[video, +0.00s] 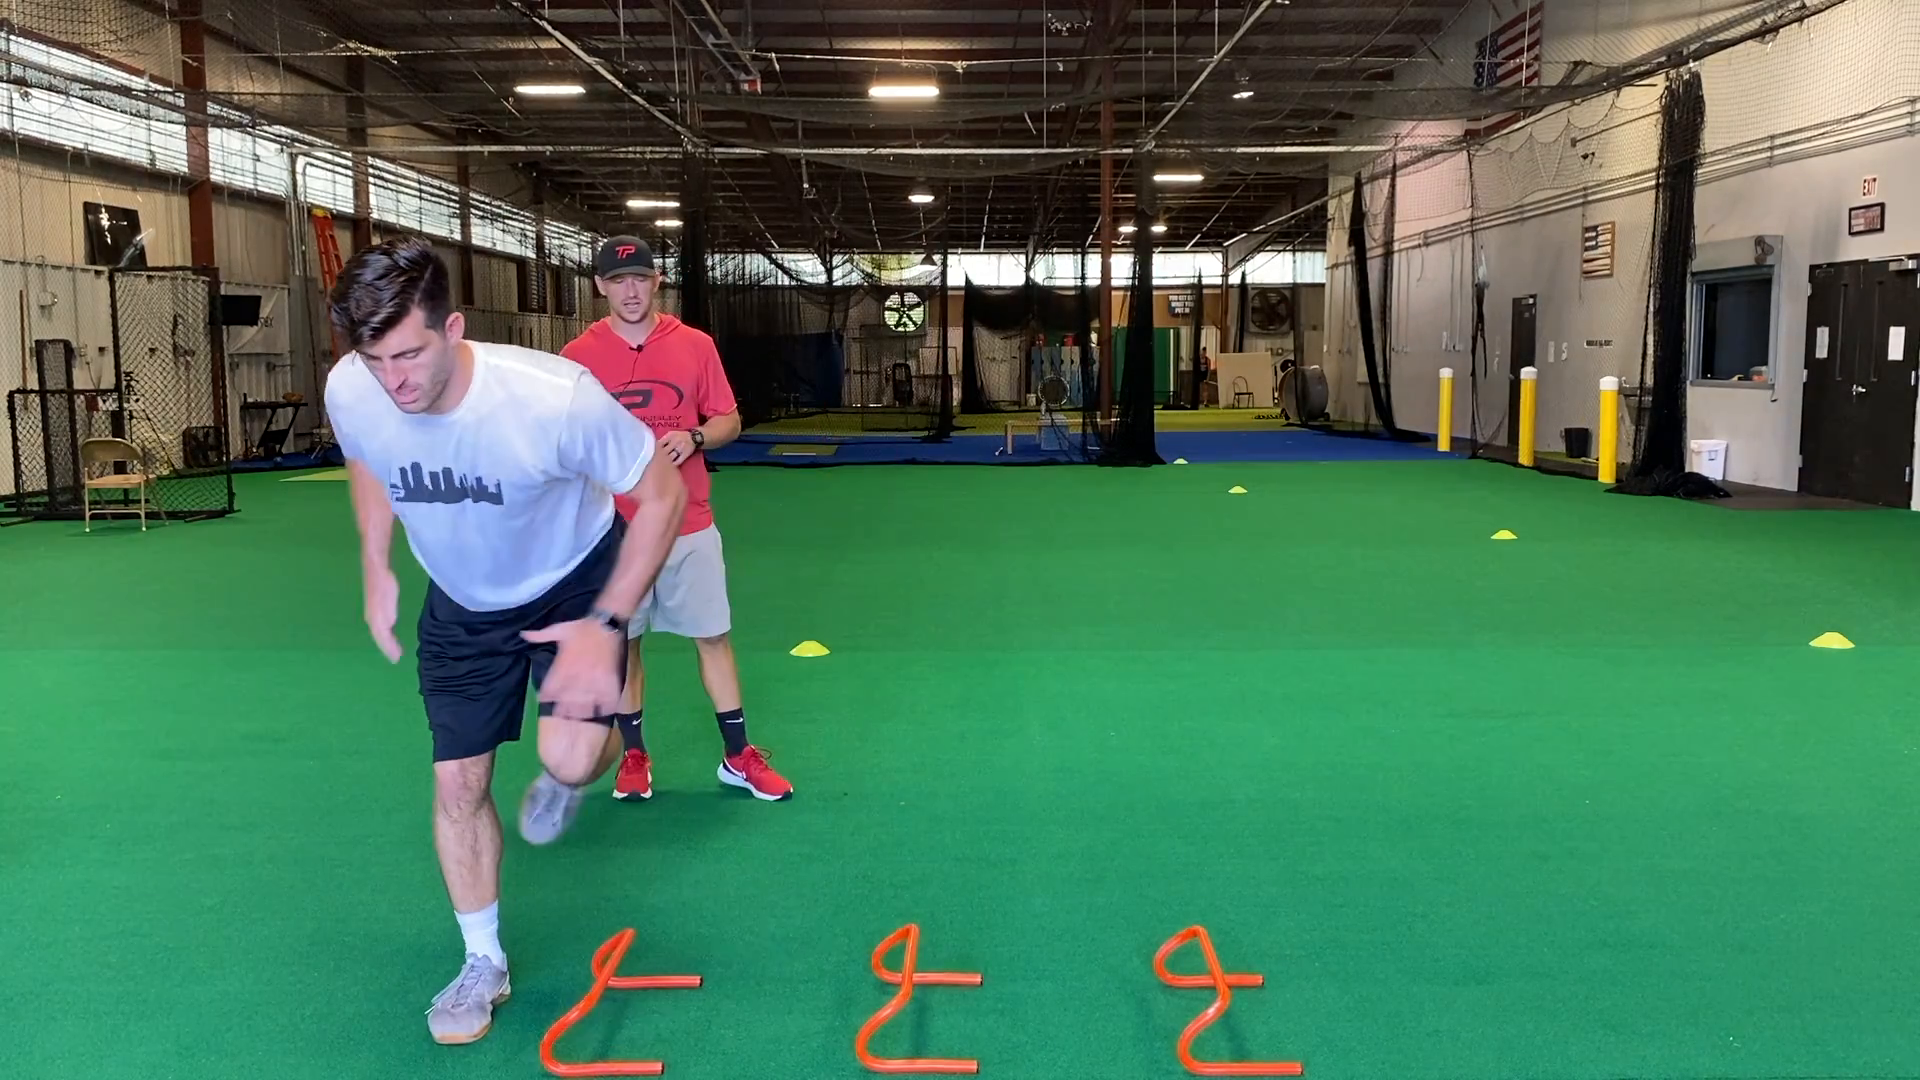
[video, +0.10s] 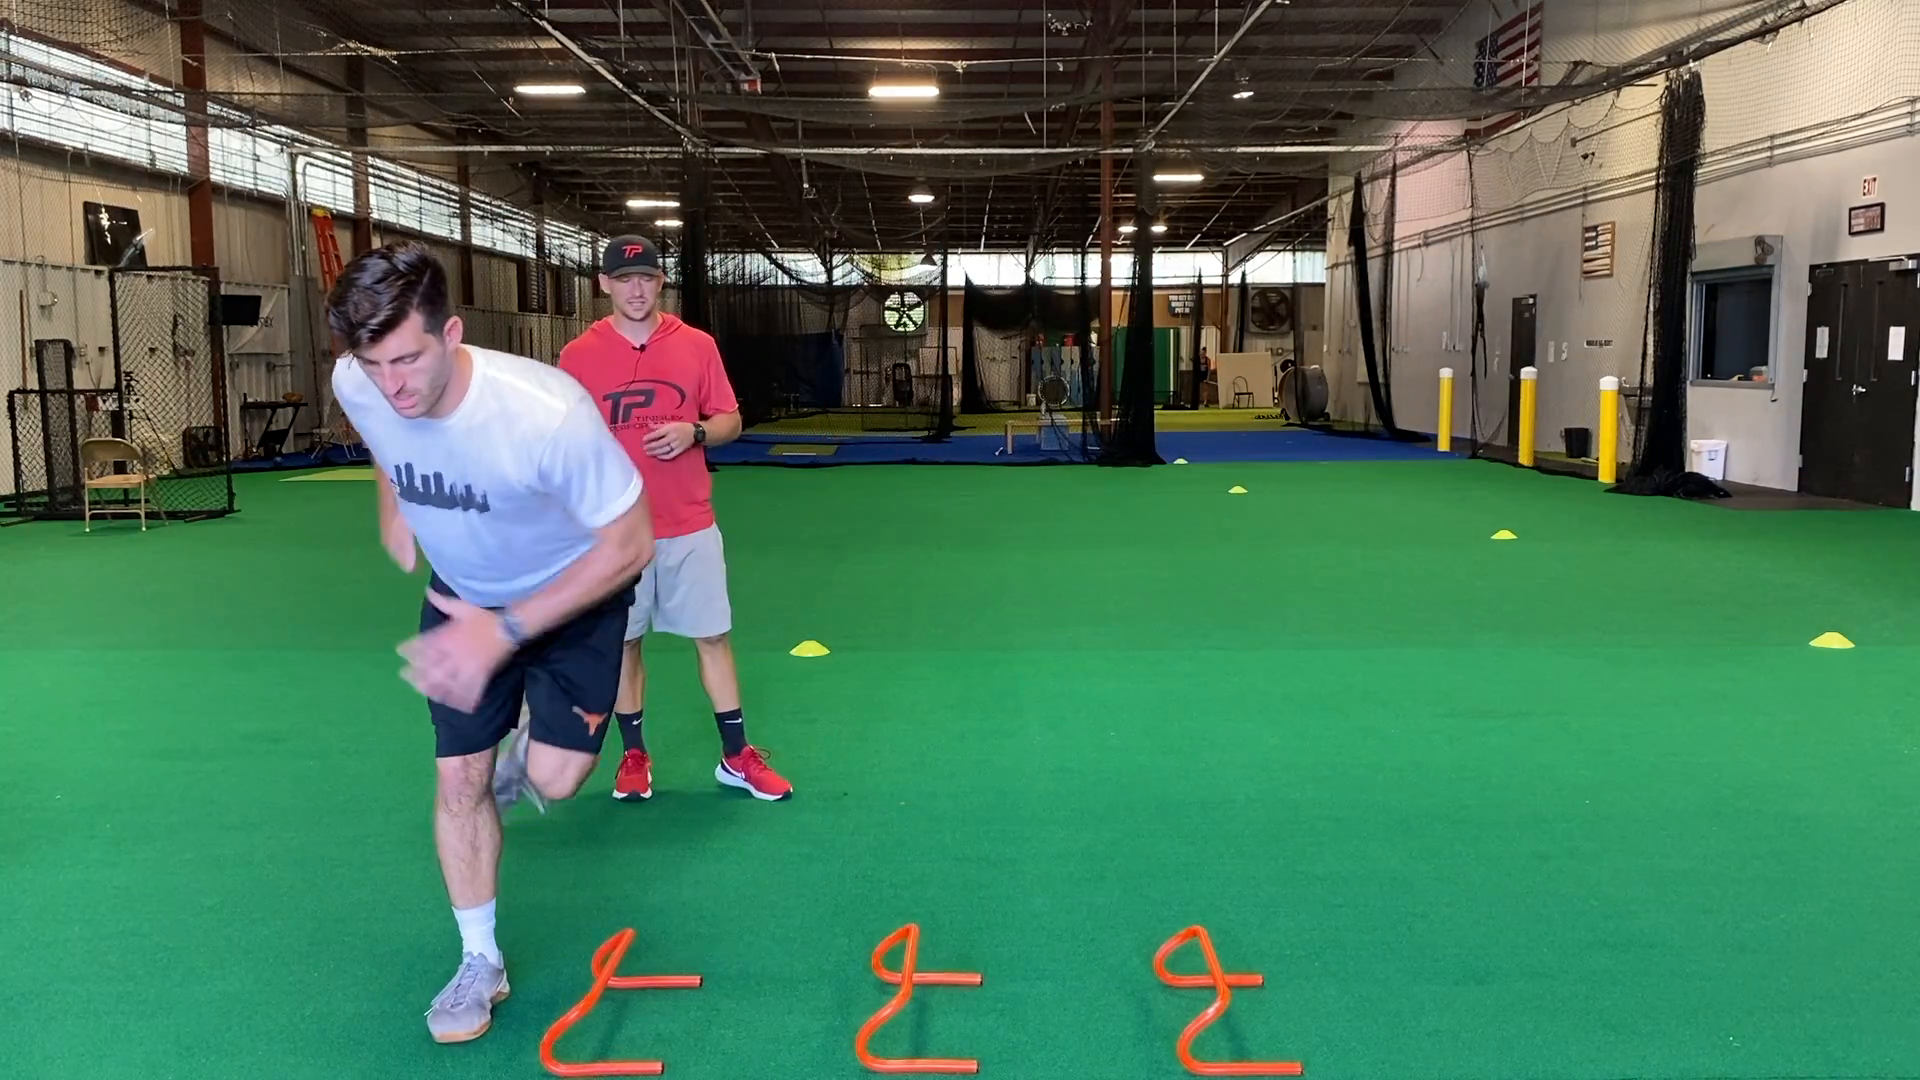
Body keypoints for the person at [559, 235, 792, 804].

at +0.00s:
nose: (631, 291)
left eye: (640, 279)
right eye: (618, 280)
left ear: (656, 282)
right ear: (601, 287)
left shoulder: (695, 346)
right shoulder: (578, 357)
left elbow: (728, 421)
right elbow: (559, 433)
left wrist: (696, 436)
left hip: (690, 521)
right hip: (618, 524)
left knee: (713, 634)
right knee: (624, 640)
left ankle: (739, 753)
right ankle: (632, 754)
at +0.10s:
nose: (637, 288)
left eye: (646, 278)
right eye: (624, 278)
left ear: (661, 282)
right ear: (605, 284)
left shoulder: (697, 346)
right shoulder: (578, 357)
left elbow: (730, 422)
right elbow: (561, 441)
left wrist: (694, 432)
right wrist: (582, 517)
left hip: (689, 523)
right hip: (618, 527)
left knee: (713, 634)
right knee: (625, 642)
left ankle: (737, 753)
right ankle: (633, 756)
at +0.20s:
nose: (645, 289)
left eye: (654, 279)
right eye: (633, 279)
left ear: (667, 284)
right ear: (610, 283)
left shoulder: (699, 346)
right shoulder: (582, 356)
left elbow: (733, 422)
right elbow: (558, 441)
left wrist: (698, 425)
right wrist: (582, 519)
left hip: (692, 522)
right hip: (620, 529)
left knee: (718, 632)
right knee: (627, 642)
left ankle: (740, 753)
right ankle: (634, 755)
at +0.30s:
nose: (655, 290)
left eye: (663, 280)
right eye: (643, 280)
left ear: (675, 285)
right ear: (618, 284)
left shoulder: (704, 346)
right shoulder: (588, 357)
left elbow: (737, 423)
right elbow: (551, 443)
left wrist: (706, 424)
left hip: (701, 523)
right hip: (627, 532)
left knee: (729, 630)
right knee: (631, 647)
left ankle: (750, 751)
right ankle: (635, 755)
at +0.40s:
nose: (667, 292)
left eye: (674, 281)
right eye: (655, 281)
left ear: (685, 286)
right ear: (629, 284)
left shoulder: (712, 348)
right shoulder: (598, 357)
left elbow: (740, 424)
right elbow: (562, 443)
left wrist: (716, 432)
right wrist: (566, 515)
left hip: (709, 524)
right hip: (637, 532)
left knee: (735, 631)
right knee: (638, 648)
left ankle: (764, 751)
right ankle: (634, 753)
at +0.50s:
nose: (682, 294)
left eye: (690, 284)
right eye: (671, 283)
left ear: (700, 290)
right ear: (645, 285)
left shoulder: (726, 353)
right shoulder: (613, 360)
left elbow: (751, 426)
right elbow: (585, 446)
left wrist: (732, 444)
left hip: (718, 524)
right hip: (644, 527)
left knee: (747, 632)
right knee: (649, 648)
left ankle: (769, 747)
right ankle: (640, 762)